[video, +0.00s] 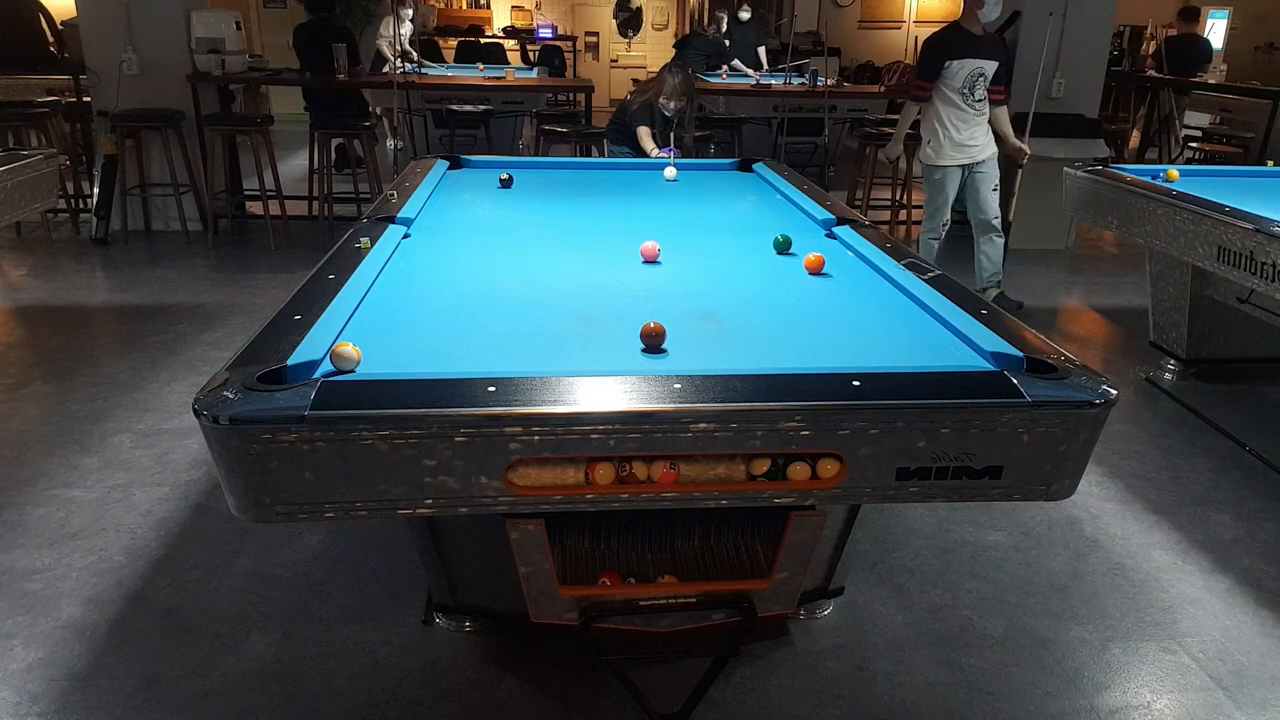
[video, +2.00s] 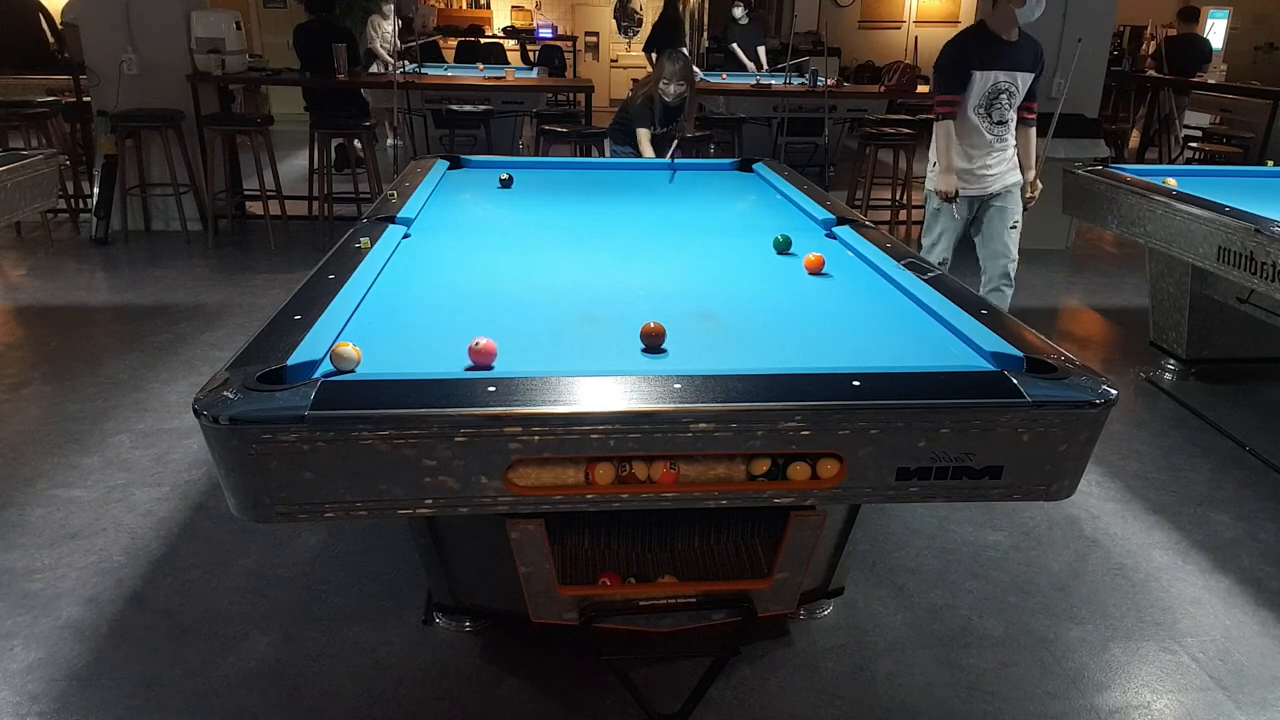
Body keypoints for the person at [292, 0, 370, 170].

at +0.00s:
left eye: (303, 5)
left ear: (307, 7)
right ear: (332, 7)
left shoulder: (300, 31)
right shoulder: (343, 30)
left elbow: (305, 65)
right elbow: (356, 68)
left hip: (315, 103)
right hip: (346, 103)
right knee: (363, 106)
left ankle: (351, 152)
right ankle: (344, 149)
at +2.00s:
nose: (302, 7)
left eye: (304, 5)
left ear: (307, 8)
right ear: (333, 7)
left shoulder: (300, 31)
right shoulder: (343, 32)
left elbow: (305, 63)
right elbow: (356, 68)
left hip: (315, 103)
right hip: (346, 103)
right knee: (363, 106)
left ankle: (351, 151)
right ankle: (345, 149)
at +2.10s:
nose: (302, 7)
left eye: (304, 5)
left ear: (307, 7)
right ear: (333, 7)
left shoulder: (300, 31)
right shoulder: (343, 32)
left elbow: (305, 63)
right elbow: (356, 69)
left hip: (315, 103)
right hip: (346, 103)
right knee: (363, 107)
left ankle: (351, 151)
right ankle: (345, 149)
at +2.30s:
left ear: (308, 8)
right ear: (335, 8)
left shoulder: (300, 31)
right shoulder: (344, 33)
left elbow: (305, 64)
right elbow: (355, 70)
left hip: (314, 102)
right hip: (346, 102)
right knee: (362, 107)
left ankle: (351, 150)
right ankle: (343, 147)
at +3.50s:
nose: (341, 11)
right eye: (337, 7)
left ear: (307, 9)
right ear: (330, 9)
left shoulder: (299, 31)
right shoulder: (341, 32)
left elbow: (302, 70)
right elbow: (355, 72)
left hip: (315, 106)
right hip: (346, 106)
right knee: (362, 105)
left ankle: (351, 150)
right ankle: (346, 148)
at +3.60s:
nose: (340, 10)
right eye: (336, 7)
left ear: (307, 9)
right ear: (330, 9)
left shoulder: (299, 31)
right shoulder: (341, 32)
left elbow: (301, 70)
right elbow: (355, 71)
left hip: (314, 105)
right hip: (345, 106)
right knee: (363, 106)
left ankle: (351, 150)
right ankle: (346, 148)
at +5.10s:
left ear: (302, 8)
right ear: (319, 6)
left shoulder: (298, 30)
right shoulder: (332, 26)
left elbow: (301, 66)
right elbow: (350, 57)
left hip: (313, 99)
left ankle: (348, 150)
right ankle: (345, 149)